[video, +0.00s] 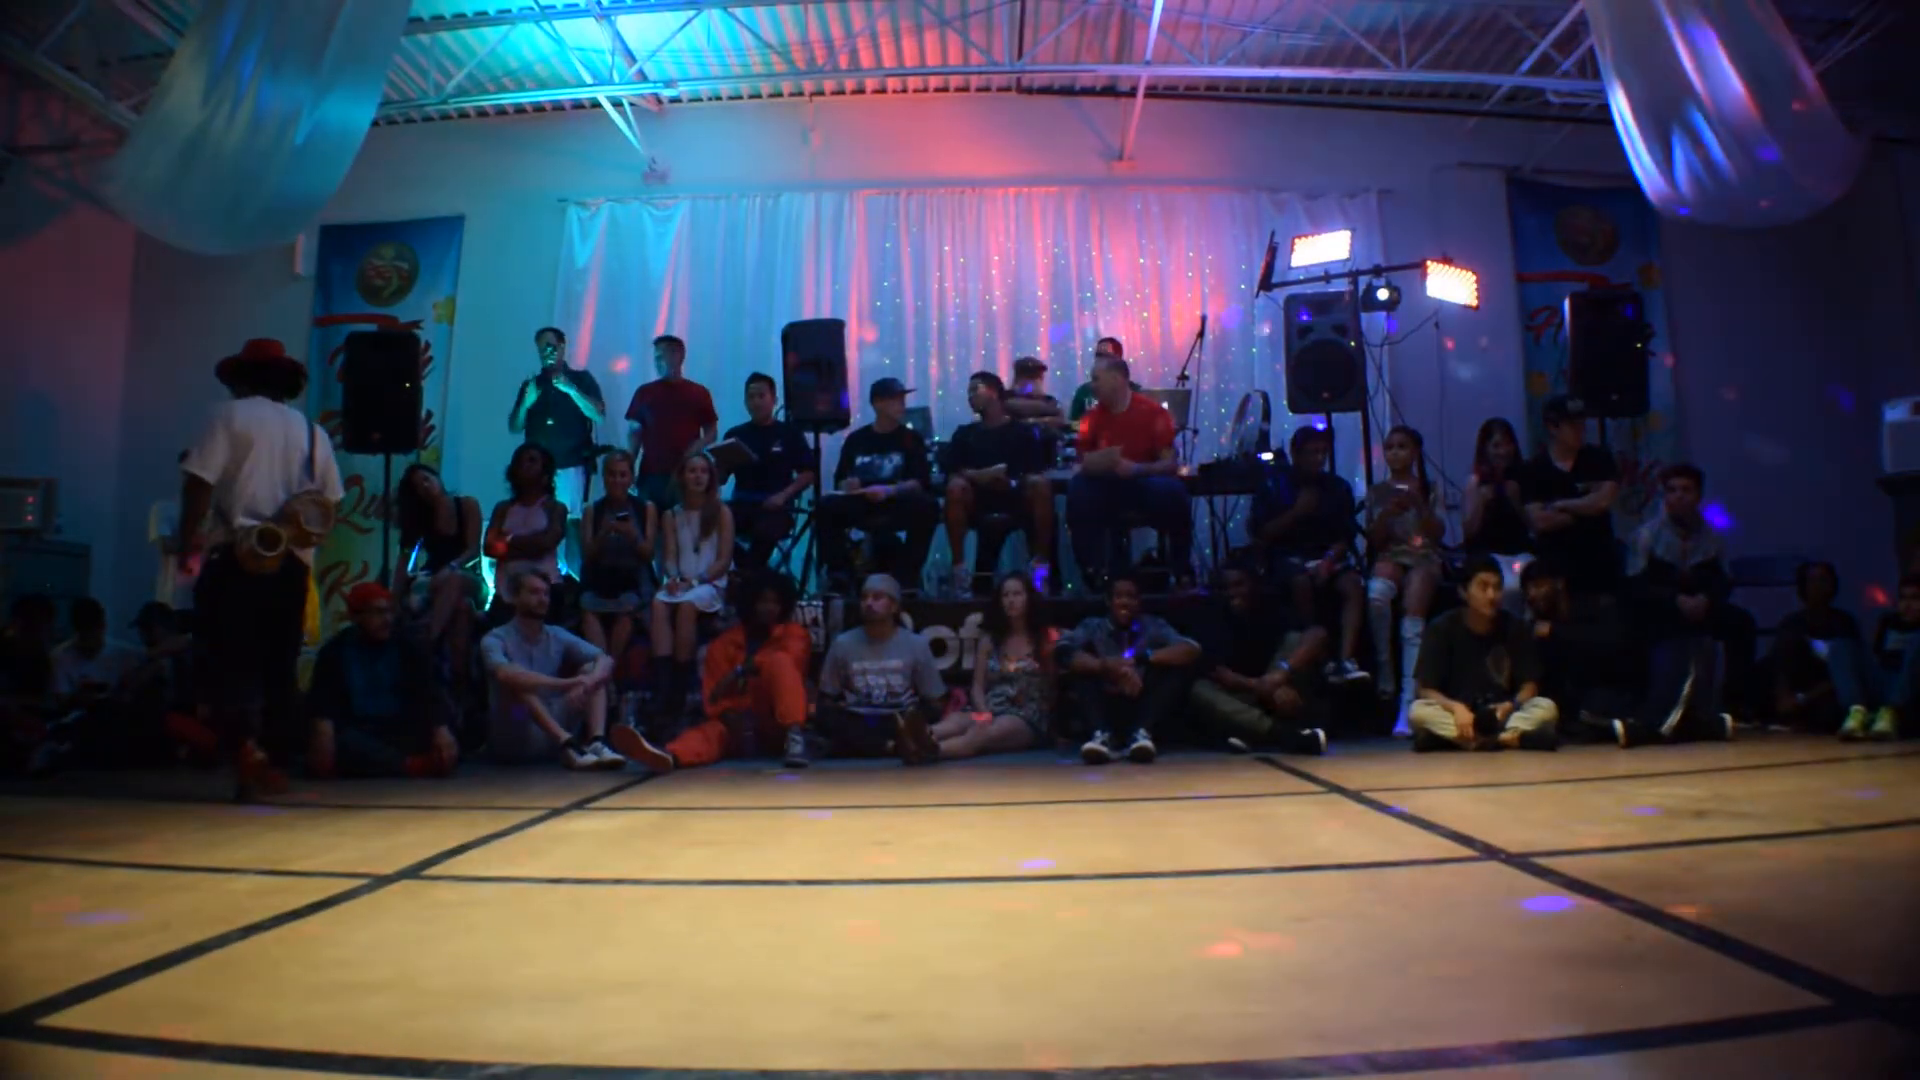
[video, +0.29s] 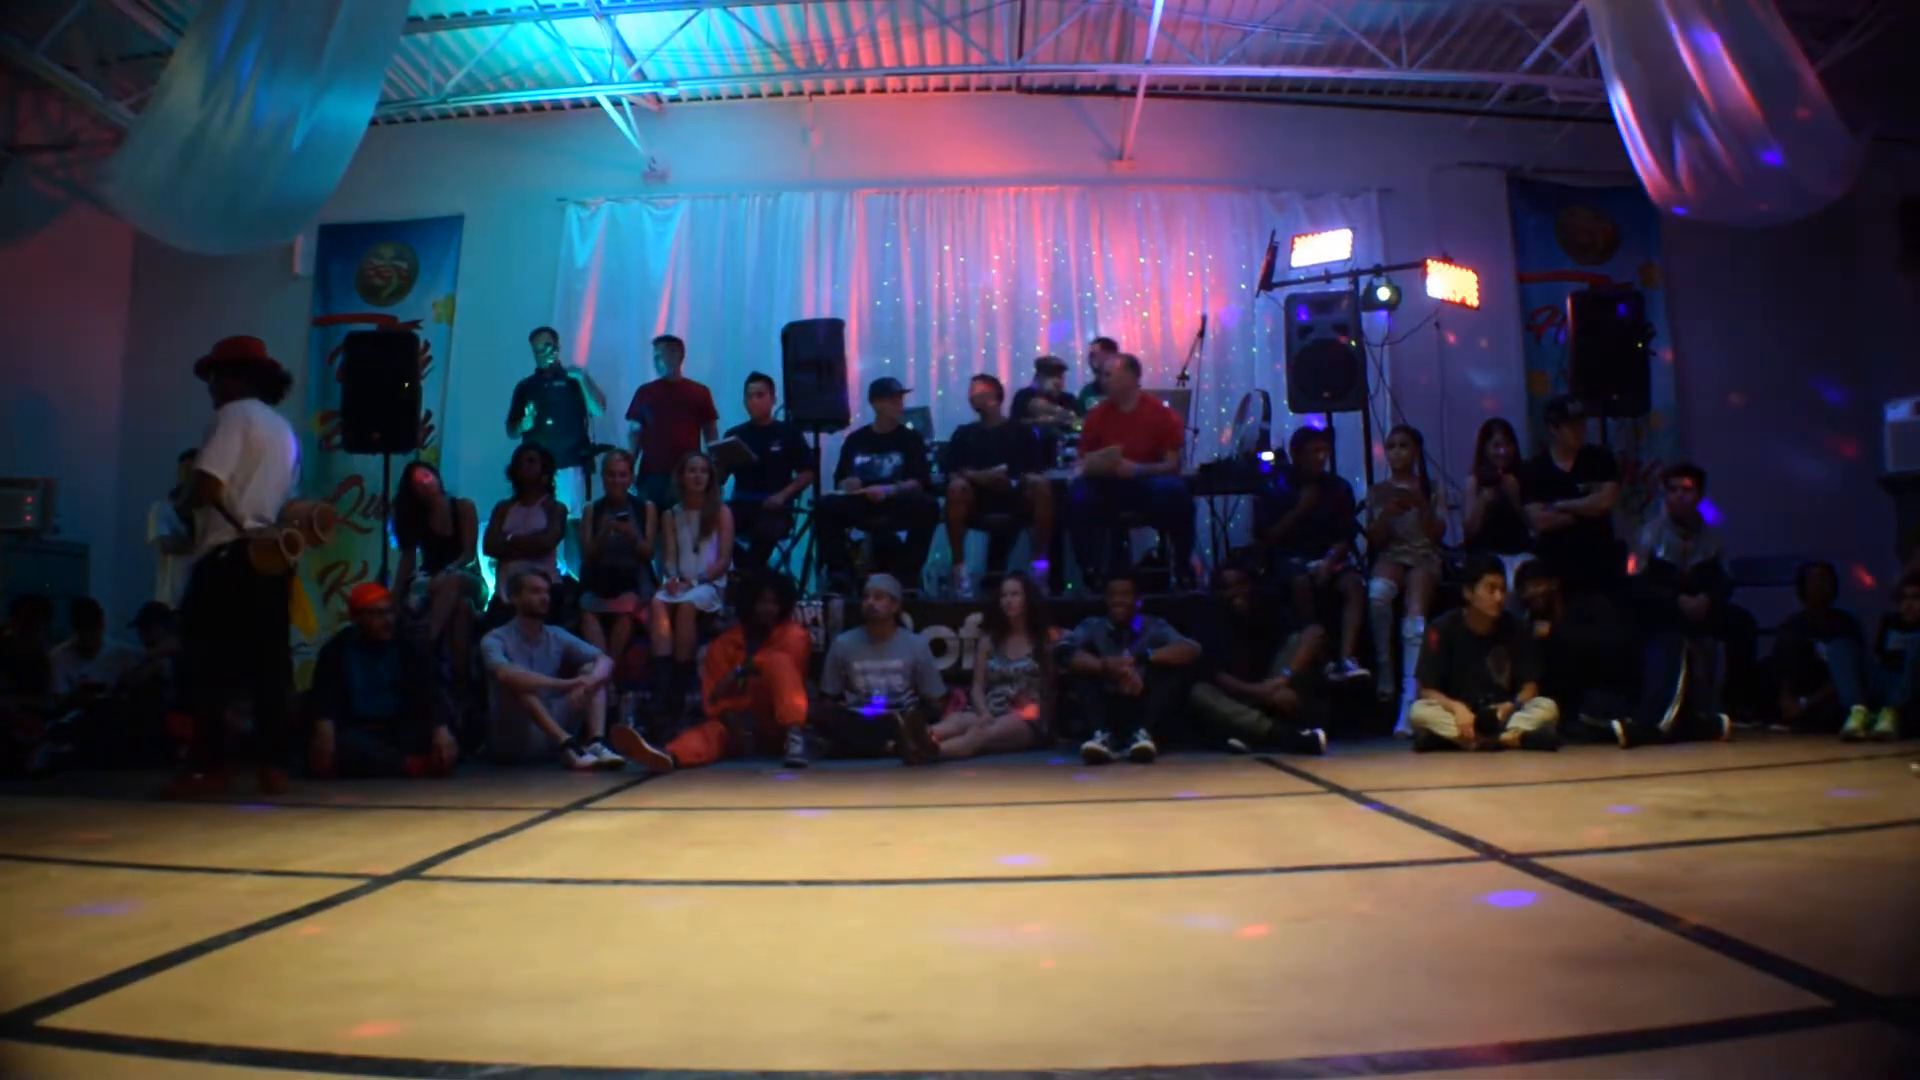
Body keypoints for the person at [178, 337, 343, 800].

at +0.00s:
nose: (233, 384)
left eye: (236, 378)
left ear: (241, 379)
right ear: (287, 383)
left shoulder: (229, 416)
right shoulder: (312, 433)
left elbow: (199, 481)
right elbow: (331, 500)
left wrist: (187, 542)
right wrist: (302, 531)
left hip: (232, 564)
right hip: (289, 568)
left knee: (228, 662)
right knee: (279, 665)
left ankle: (246, 761)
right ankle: (273, 763)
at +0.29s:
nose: (210, 388)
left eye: (215, 379)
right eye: (211, 379)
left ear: (232, 378)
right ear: (261, 379)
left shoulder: (235, 416)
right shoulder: (284, 430)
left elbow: (207, 484)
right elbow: (282, 500)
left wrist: (242, 522)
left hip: (225, 564)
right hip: (268, 564)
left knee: (205, 665)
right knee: (269, 670)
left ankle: (207, 767)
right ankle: (273, 768)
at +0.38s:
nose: (204, 389)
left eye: (209, 380)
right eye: (204, 380)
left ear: (228, 380)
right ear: (251, 381)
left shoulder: (233, 418)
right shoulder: (271, 428)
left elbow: (207, 485)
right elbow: (270, 498)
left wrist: (178, 498)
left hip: (221, 564)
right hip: (259, 563)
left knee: (205, 667)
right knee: (265, 667)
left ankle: (207, 766)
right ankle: (272, 767)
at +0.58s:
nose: (189, 391)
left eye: (196, 381)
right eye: (189, 382)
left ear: (218, 382)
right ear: (223, 384)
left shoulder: (234, 422)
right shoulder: (229, 425)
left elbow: (205, 483)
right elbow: (207, 492)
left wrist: (168, 470)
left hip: (217, 565)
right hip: (210, 566)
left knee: (207, 667)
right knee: (208, 667)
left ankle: (211, 764)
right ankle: (213, 760)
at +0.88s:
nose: (172, 386)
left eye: (180, 377)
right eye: (171, 378)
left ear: (205, 379)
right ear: (180, 383)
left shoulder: (227, 422)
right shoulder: (190, 428)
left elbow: (185, 464)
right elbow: (181, 513)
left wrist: (162, 416)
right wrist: (155, 564)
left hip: (209, 567)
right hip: (176, 571)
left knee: (196, 670)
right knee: (160, 669)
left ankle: (203, 764)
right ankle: (166, 763)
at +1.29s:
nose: (128, 383)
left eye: (137, 374)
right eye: (126, 375)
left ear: (163, 377)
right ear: (130, 382)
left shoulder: (189, 418)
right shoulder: (127, 429)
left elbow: (167, 444)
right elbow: (115, 501)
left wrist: (129, 404)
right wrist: (97, 554)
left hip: (170, 572)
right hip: (124, 577)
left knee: (179, 675)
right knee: (119, 679)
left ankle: (204, 764)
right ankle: (118, 768)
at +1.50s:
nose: (107, 386)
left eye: (115, 377)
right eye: (106, 378)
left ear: (142, 379)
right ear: (107, 385)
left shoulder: (172, 417)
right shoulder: (99, 440)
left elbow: (163, 443)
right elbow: (83, 507)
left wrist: (117, 405)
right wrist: (72, 561)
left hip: (154, 570)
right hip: (103, 576)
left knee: (158, 672)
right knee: (110, 678)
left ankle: (183, 762)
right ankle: (115, 766)